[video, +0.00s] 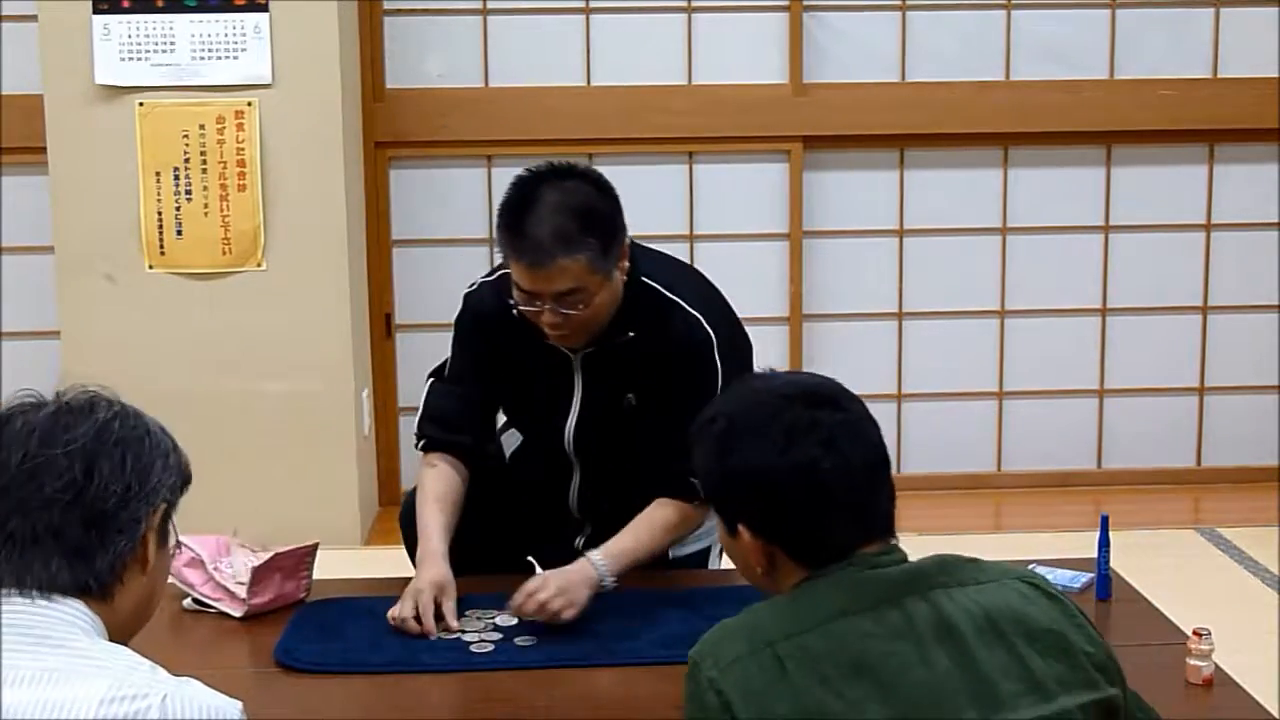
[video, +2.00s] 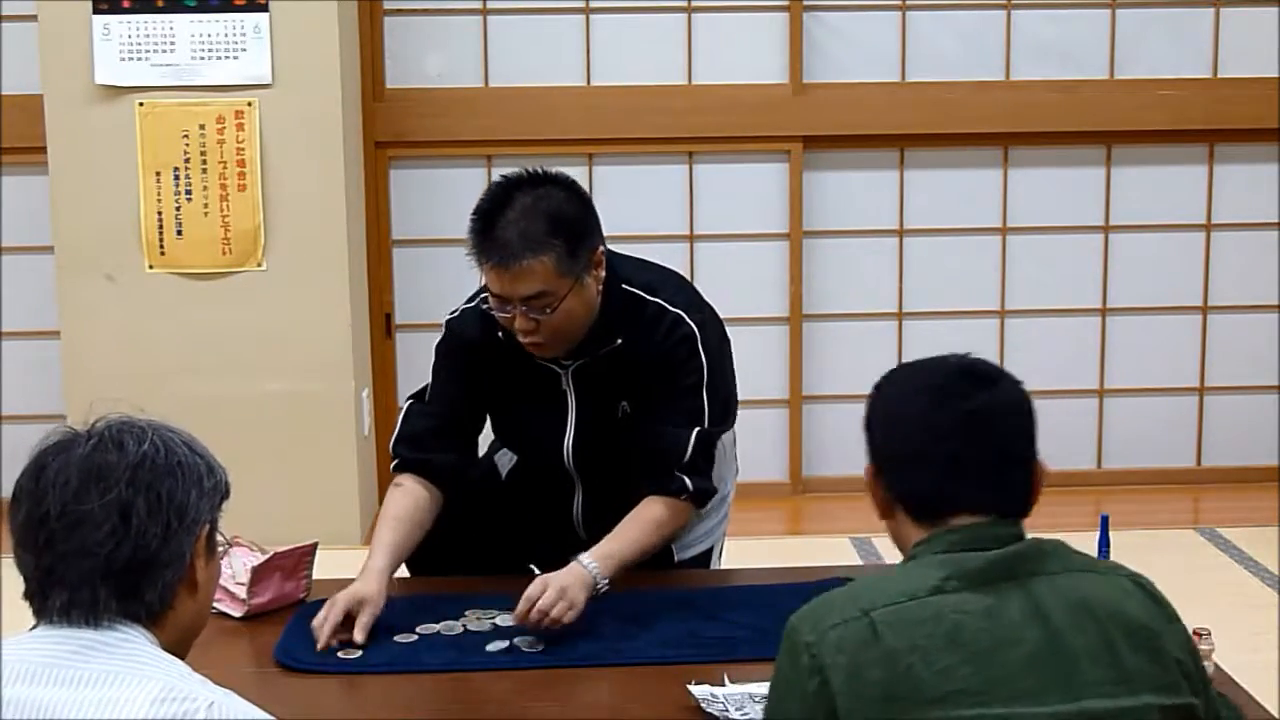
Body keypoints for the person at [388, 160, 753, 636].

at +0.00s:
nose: (548, 319)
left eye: (570, 300)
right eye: (530, 297)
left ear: (621, 262)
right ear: (511, 266)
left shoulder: (694, 328)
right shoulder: (491, 309)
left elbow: (695, 490)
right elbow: (448, 441)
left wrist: (592, 569)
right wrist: (432, 557)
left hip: (651, 512)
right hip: (545, 504)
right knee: (423, 512)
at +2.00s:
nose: (520, 324)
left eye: (540, 304)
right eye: (501, 303)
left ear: (597, 269)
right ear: (485, 277)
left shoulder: (678, 328)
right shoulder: (476, 331)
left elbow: (684, 487)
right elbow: (425, 464)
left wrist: (587, 571)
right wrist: (373, 573)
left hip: (655, 524)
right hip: (537, 514)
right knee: (432, 524)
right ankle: (472, 679)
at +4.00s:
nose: (485, 320)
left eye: (503, 297)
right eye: (463, 301)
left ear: (551, 261)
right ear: (444, 277)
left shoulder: (628, 313)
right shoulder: (437, 336)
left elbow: (686, 456)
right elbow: (379, 481)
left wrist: (662, 570)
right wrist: (415, 578)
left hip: (623, 576)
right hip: (500, 579)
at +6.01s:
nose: (435, 326)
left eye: (453, 304)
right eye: (412, 309)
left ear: (499, 262)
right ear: (390, 283)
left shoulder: (593, 320)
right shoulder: (383, 336)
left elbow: (657, 452)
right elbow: (351, 450)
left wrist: (560, 547)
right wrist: (332, 556)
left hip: (597, 559)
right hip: (472, 559)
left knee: (594, 704)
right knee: (464, 706)